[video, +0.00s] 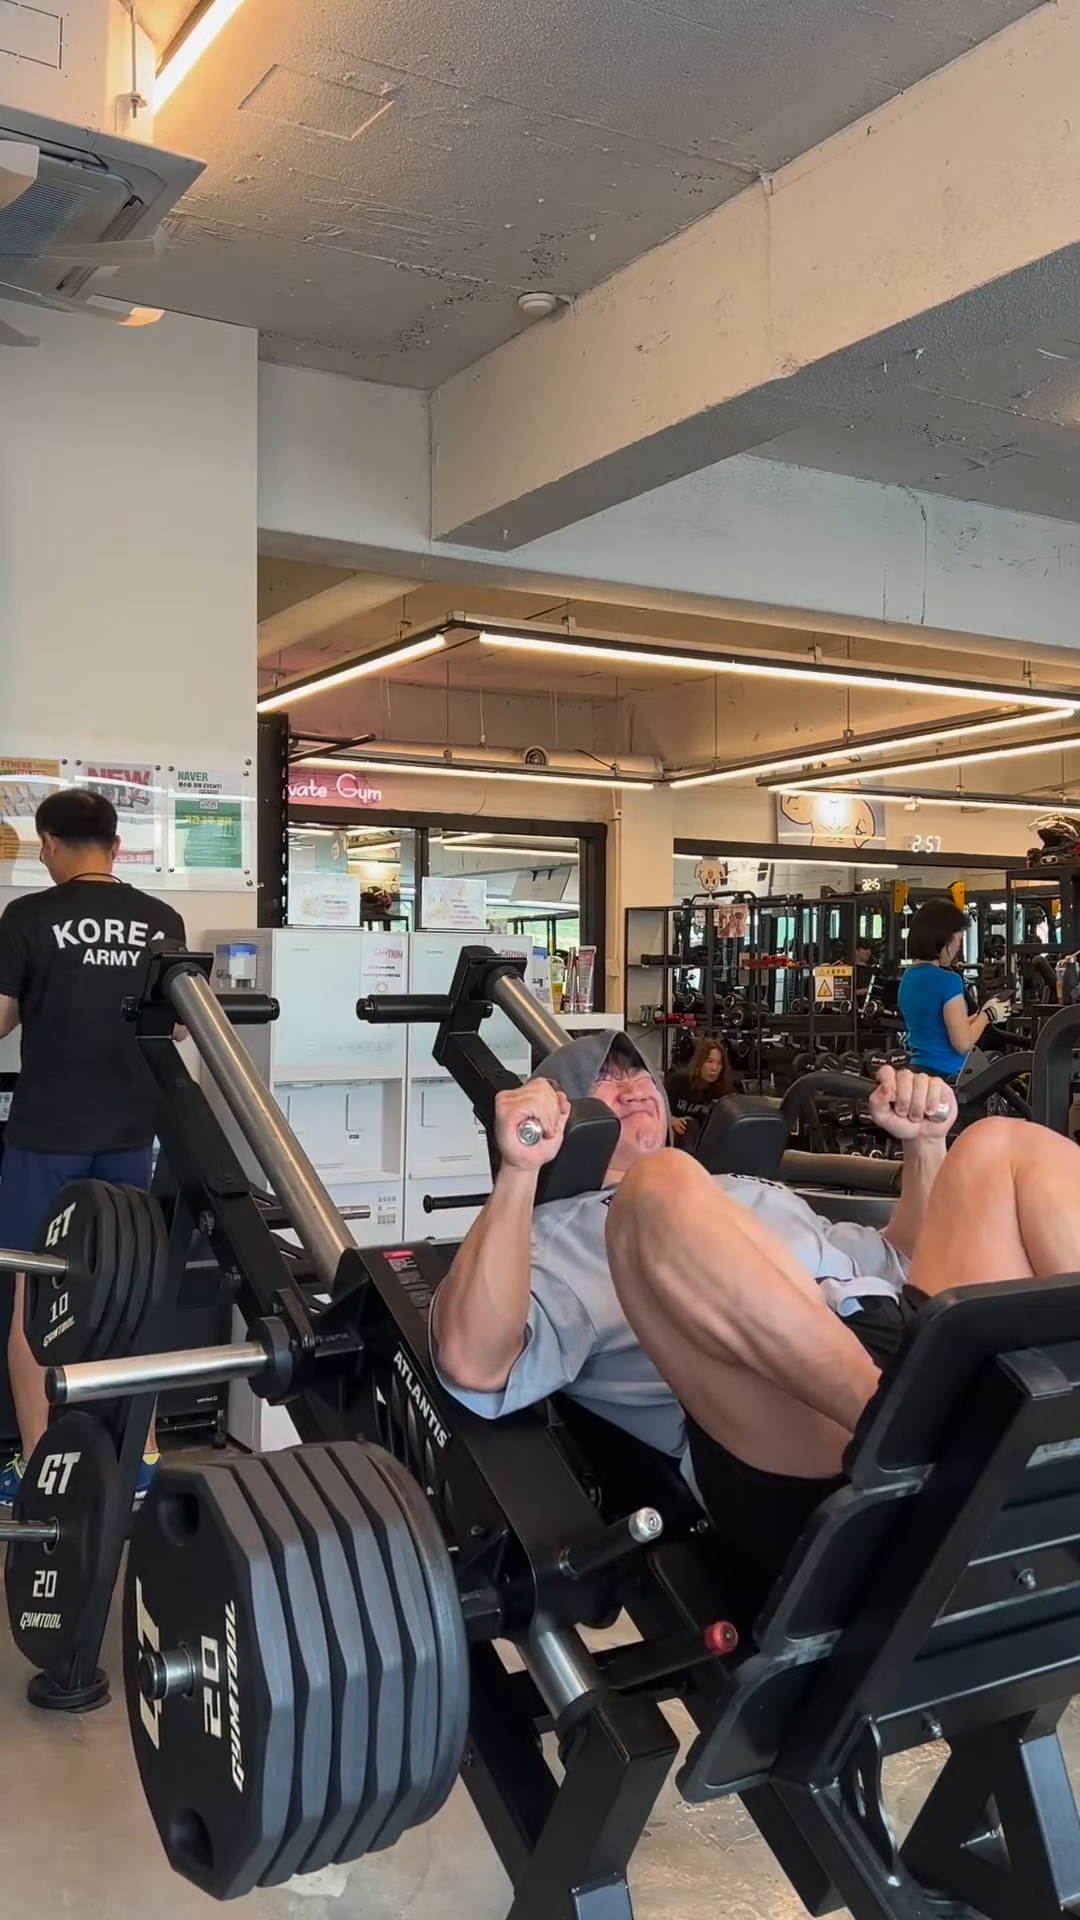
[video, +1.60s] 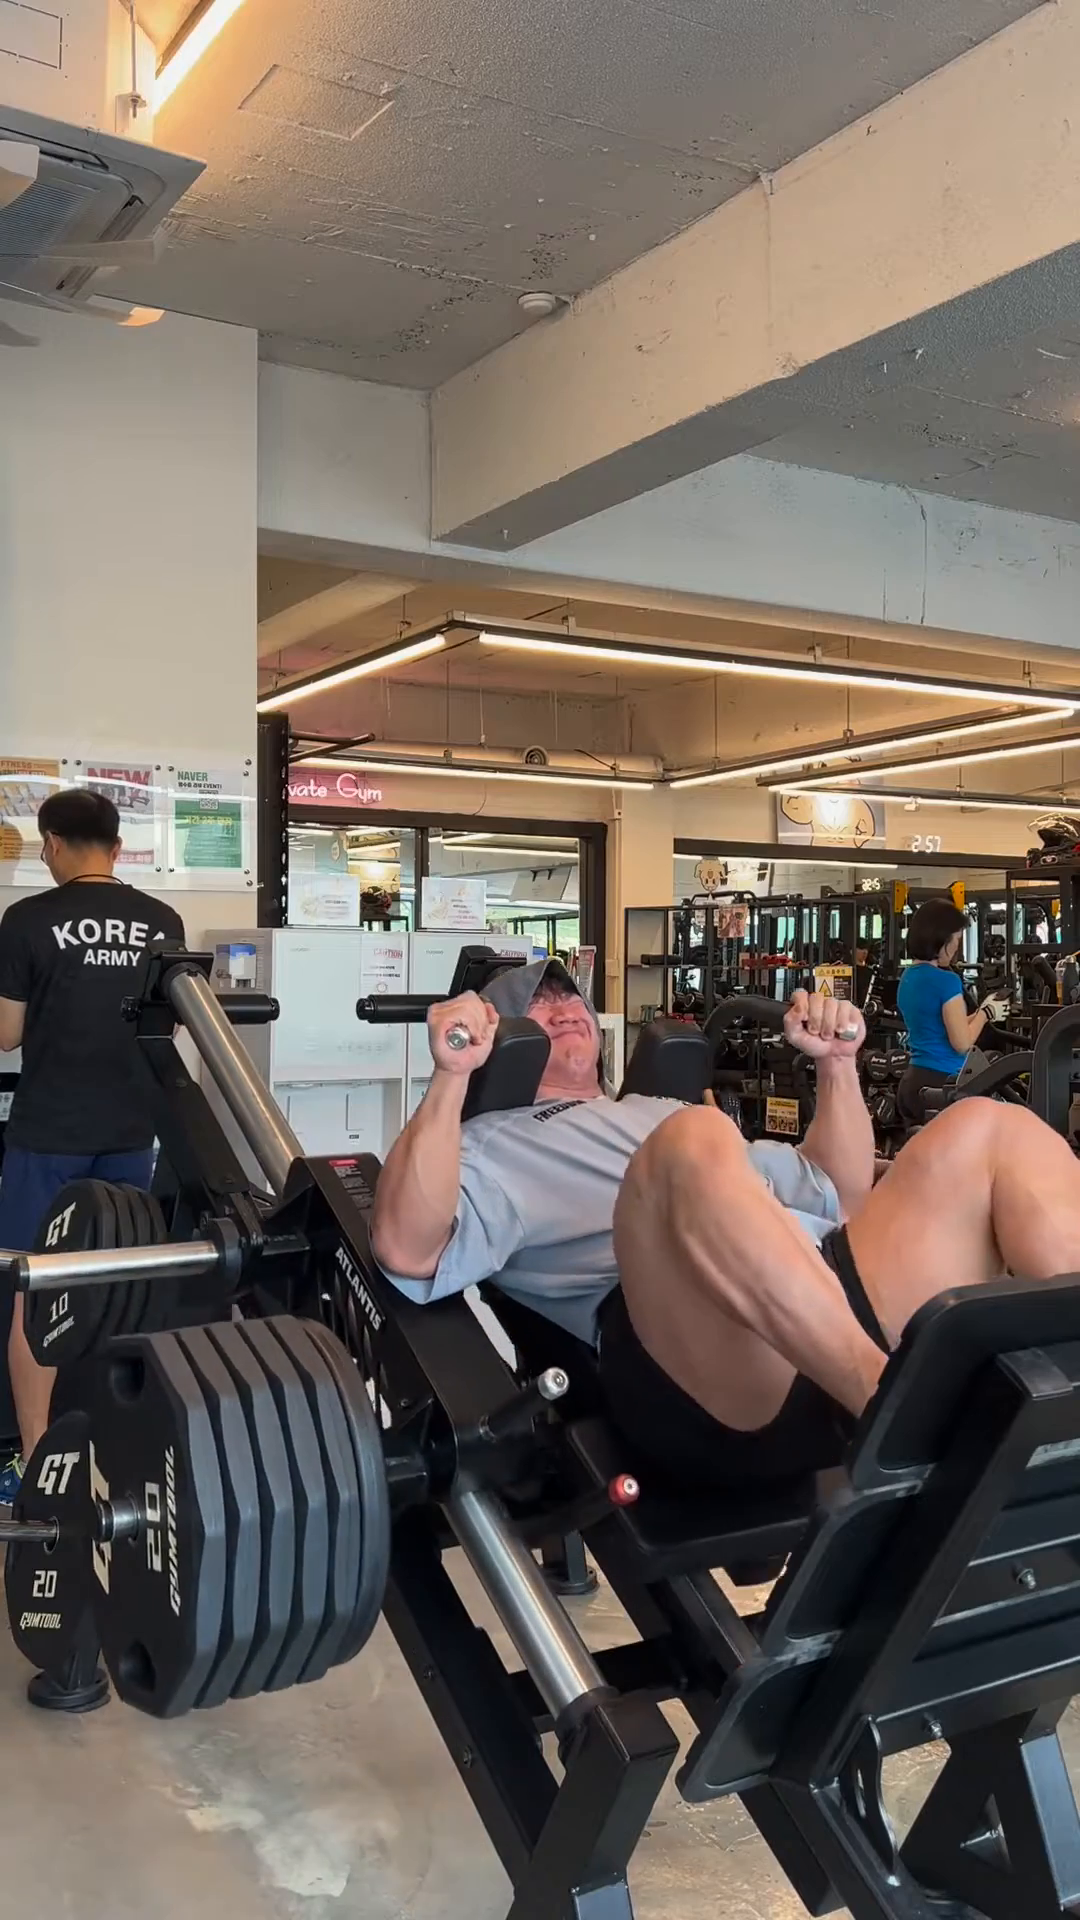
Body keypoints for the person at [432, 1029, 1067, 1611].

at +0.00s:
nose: (632, 1088)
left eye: (638, 1074)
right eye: (602, 1081)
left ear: (662, 1102)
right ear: (562, 1120)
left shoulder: (757, 1195)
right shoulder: (552, 1240)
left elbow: (901, 1261)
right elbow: (473, 1365)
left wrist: (922, 1151)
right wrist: (517, 1177)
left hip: (933, 1388)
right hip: (785, 1474)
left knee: (1005, 1146)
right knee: (658, 1187)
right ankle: (899, 1425)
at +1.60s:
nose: (566, 1009)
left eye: (572, 994)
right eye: (541, 996)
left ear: (595, 1025)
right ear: (494, 1035)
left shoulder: (656, 1113)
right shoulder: (491, 1152)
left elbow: (837, 1197)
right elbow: (405, 1252)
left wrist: (835, 1070)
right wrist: (452, 1076)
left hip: (849, 1351)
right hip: (702, 1411)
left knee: (989, 1132)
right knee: (689, 1137)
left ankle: (1072, 1371)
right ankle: (885, 1403)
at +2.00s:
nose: (516, 958)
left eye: (526, 948)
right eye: (493, 951)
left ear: (552, 974)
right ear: (460, 992)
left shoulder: (624, 1057)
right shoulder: (442, 1078)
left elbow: (774, 1135)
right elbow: (358, 1170)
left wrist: (774, 1009)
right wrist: (399, 1011)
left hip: (776, 1253)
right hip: (623, 1308)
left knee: (976, 1149)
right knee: (667, 1166)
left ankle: (1072, 1382)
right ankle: (896, 1424)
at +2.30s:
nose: (486, 909)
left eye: (493, 902)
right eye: (465, 902)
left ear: (511, 934)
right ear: (429, 938)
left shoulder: (586, 1009)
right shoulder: (406, 1028)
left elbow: (726, 1081)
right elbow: (322, 1111)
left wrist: (726, 961)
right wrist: (360, 961)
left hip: (711, 1165)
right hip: (574, 1182)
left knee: (903, 1191)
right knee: (688, 1221)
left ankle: (1076, 1344)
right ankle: (906, 1438)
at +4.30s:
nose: (485, 911)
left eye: (494, 905)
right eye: (464, 906)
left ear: (517, 938)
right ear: (428, 946)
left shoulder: (594, 1007)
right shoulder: (410, 1035)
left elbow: (729, 1088)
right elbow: (327, 1122)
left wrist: (730, 965)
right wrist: (365, 966)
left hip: (718, 1187)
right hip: (572, 1208)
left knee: (918, 1202)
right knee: (688, 1221)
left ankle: (1074, 1365)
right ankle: (904, 1440)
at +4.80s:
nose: (516, 946)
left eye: (526, 938)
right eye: (493, 940)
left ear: (550, 969)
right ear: (454, 983)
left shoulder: (624, 1049)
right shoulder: (441, 1076)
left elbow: (773, 1135)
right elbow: (357, 1171)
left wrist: (772, 1004)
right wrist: (398, 1010)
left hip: (771, 1261)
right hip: (618, 1311)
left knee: (968, 1161)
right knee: (675, 1167)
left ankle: (1072, 1387)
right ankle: (900, 1427)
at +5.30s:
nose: (564, 997)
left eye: (572, 986)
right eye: (538, 985)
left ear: (592, 1024)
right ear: (486, 1025)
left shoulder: (672, 1108)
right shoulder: (484, 1144)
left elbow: (833, 1192)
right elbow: (401, 1245)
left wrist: (829, 1060)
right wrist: (447, 1067)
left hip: (837, 1342)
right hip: (686, 1404)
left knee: (997, 1146)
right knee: (678, 1157)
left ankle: (1065, 1393)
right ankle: (888, 1408)